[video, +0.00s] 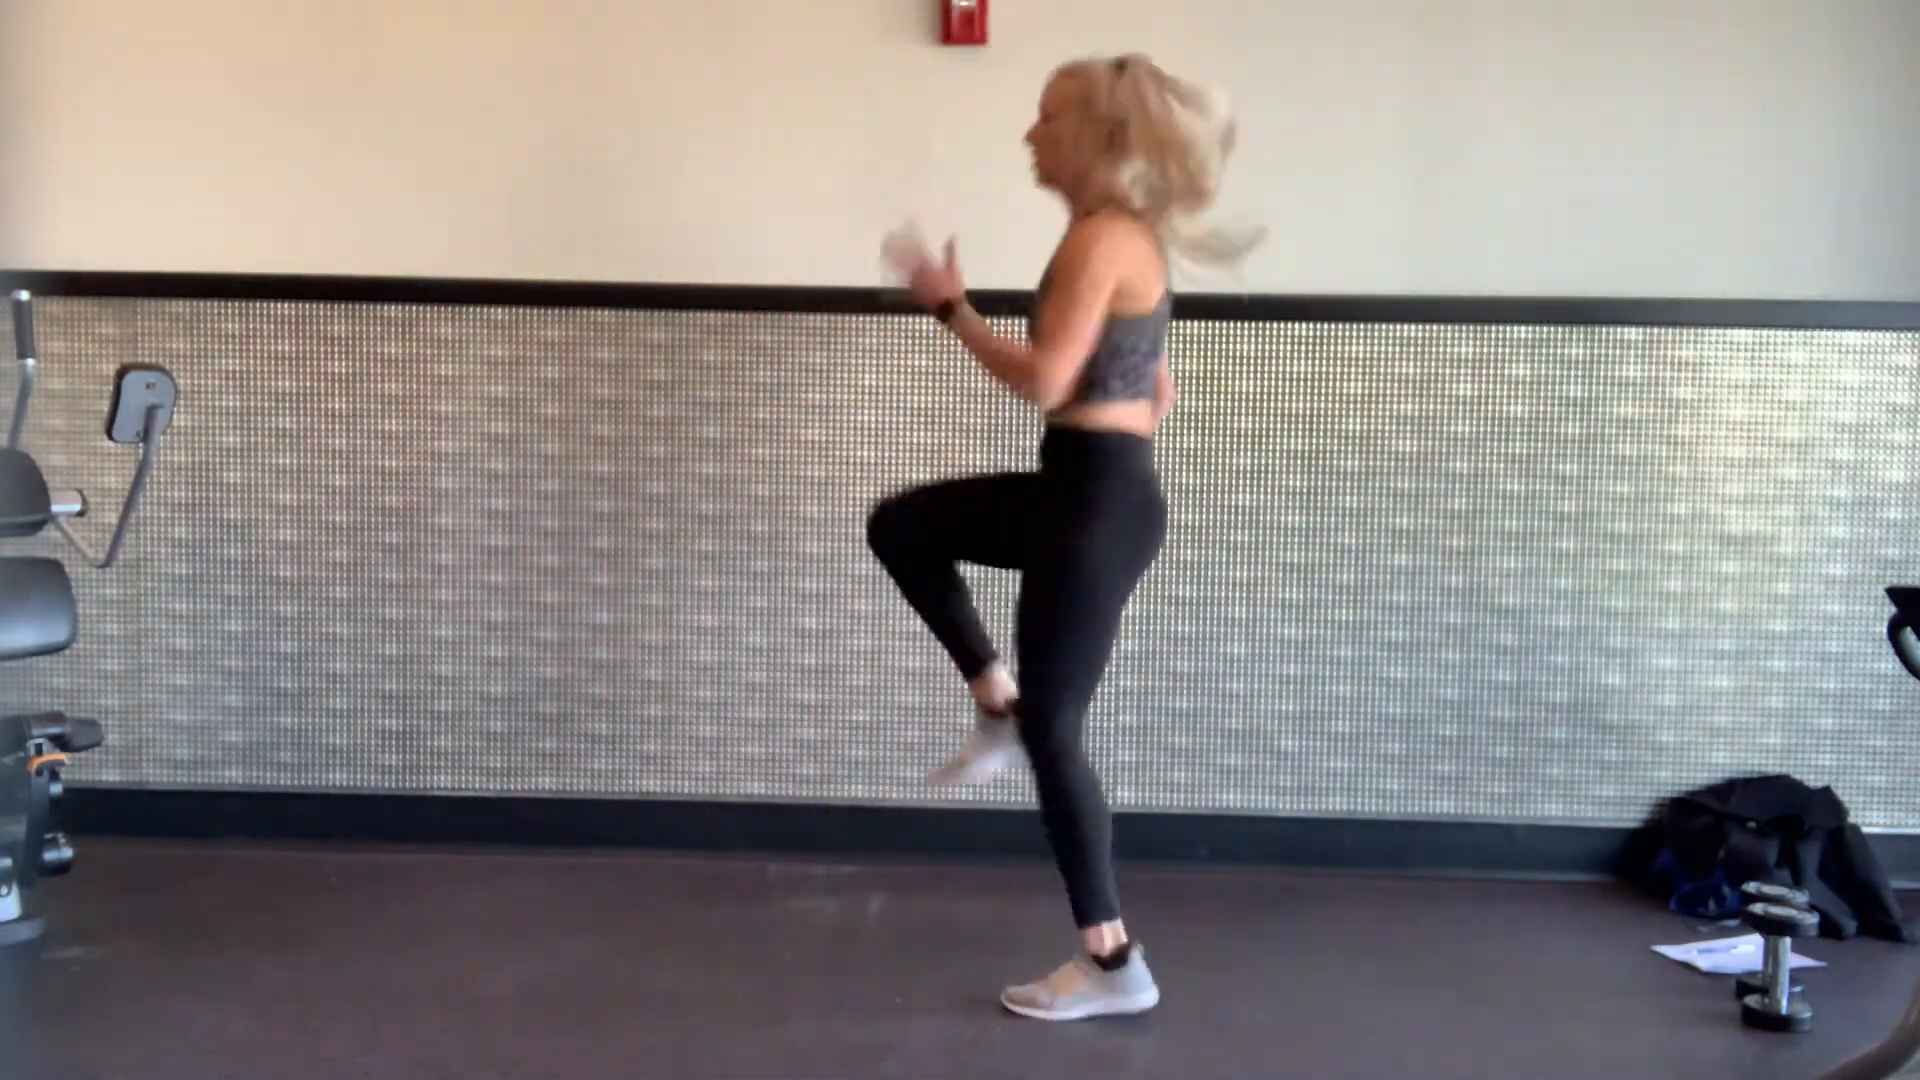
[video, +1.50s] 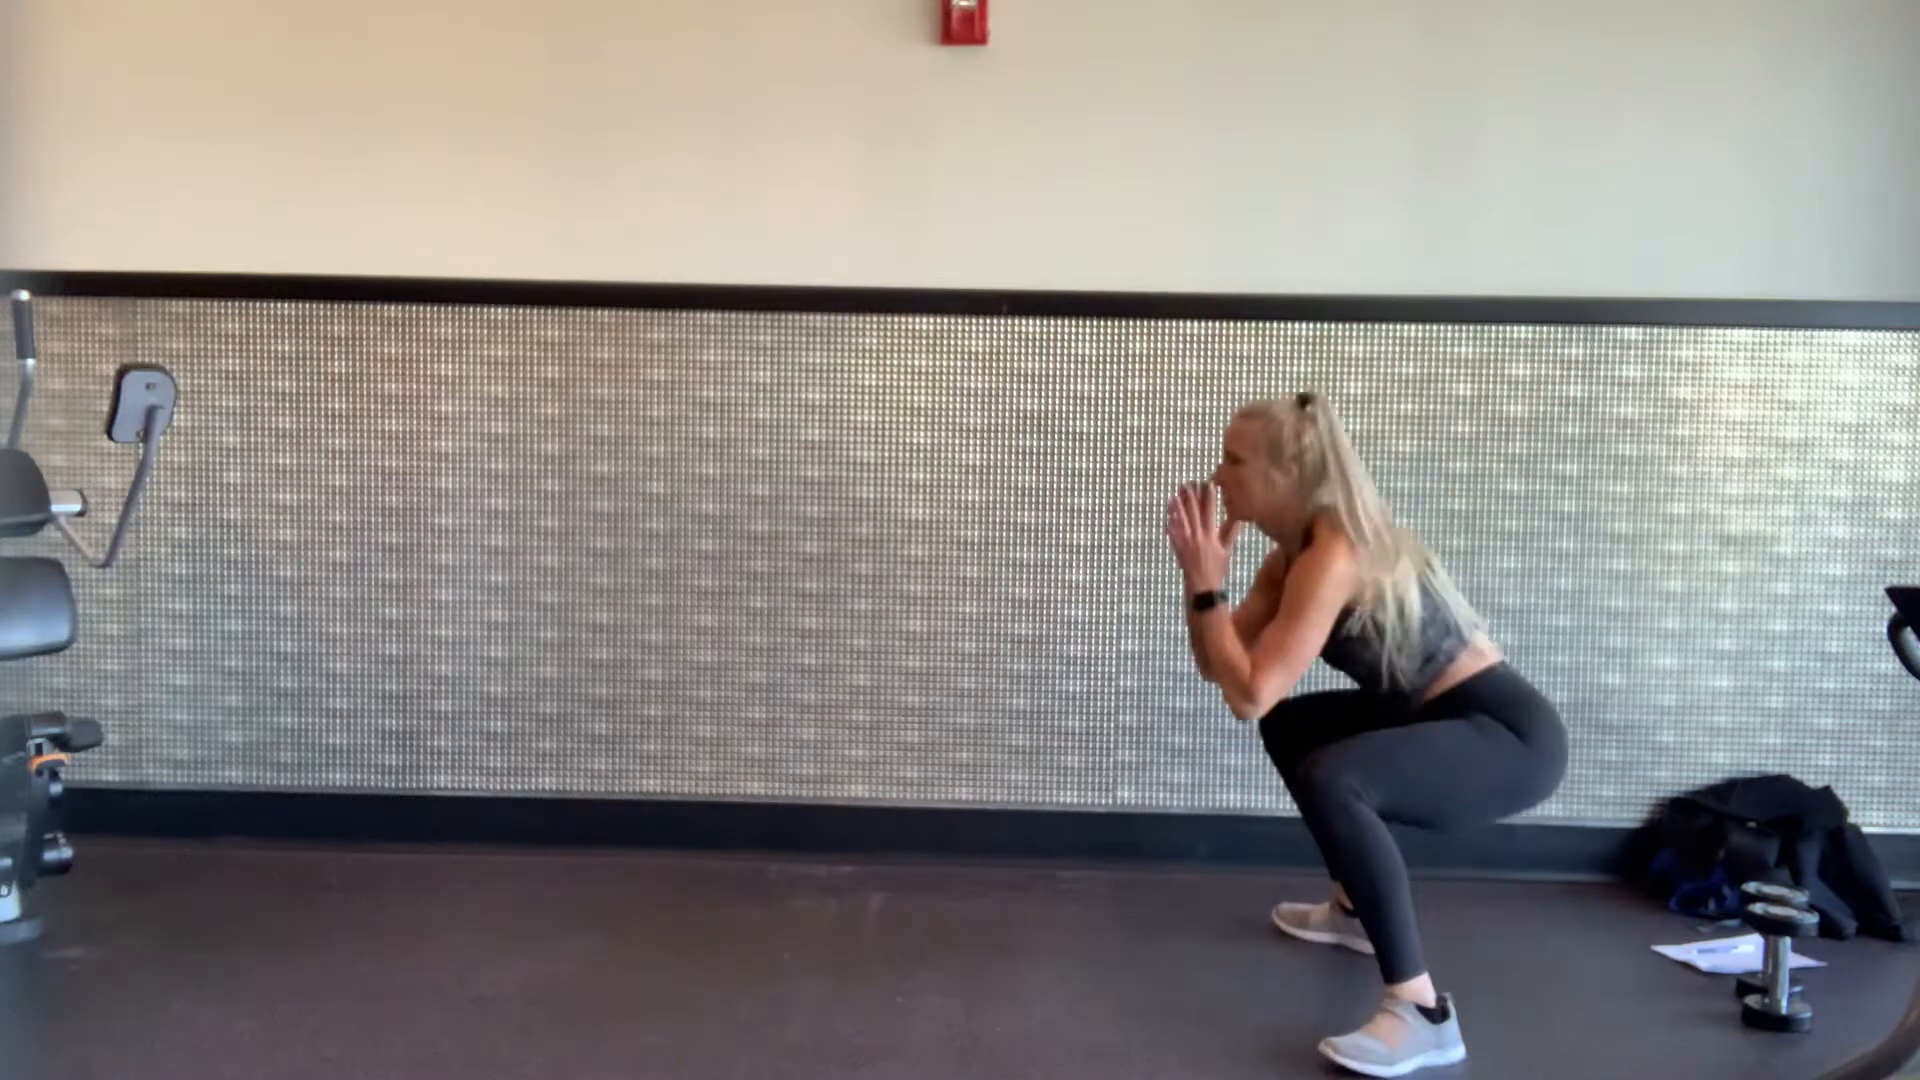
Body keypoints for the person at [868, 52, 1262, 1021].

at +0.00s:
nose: (1031, 133)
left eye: (1047, 120)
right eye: (1039, 117)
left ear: (1099, 140)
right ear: (1110, 146)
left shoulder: (1102, 241)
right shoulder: (1133, 244)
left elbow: (1044, 382)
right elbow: (1156, 401)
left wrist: (952, 311)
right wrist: (1050, 386)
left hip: (1096, 506)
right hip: (1096, 496)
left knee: (1052, 724)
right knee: (900, 528)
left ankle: (1110, 957)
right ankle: (1002, 706)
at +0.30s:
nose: (1108, 179)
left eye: (1125, 166)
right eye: (1113, 164)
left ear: (1178, 182)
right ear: (1164, 183)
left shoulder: (1209, 288)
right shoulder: (1160, 286)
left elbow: (1261, 435)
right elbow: (1081, 408)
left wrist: (1261, 573)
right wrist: (1070, 310)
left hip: (1195, 529)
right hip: (1172, 530)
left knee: (992, 485)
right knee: (1108, 729)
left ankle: (1079, 684)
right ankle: (1199, 938)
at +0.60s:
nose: (1193, 117)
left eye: (1210, 103)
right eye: (1199, 100)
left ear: (1258, 122)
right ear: (1263, 124)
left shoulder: (1282, 223)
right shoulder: (1267, 217)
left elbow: (1224, 374)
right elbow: (1232, 351)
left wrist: (1180, 276)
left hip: (1294, 490)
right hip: (1261, 482)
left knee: (1241, 707)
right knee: (1080, 543)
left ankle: (1338, 928)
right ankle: (1200, 691)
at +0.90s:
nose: (1231, 102)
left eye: (1248, 88)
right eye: (1238, 85)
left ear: (1297, 103)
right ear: (1295, 106)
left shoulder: (1335, 202)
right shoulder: (1311, 200)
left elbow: (1319, 361)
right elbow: (1316, 362)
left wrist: (1197, 337)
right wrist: (1224, 421)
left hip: (1377, 467)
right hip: (1335, 464)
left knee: (1304, 687)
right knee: (1214, 627)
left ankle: (1370, 918)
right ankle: (1296, 798)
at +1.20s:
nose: (1223, 388)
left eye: (1237, 373)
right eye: (1225, 370)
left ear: (1282, 383)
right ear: (1283, 384)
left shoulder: (1335, 463)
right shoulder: (1291, 467)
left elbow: (1251, 603)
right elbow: (1204, 583)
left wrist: (1212, 495)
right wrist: (1204, 490)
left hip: (1483, 671)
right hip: (1426, 663)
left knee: (1323, 779)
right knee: (1277, 729)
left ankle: (1419, 1007)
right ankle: (1358, 907)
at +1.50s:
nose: (1219, 474)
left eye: (1232, 461)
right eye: (1223, 459)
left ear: (1279, 477)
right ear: (1279, 479)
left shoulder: (1334, 551)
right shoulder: (1292, 557)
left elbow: (1251, 695)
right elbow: (1223, 667)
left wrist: (1205, 588)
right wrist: (1201, 581)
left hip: (1508, 737)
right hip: (1450, 720)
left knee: (1336, 779)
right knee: (1288, 732)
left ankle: (1422, 1009)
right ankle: (1356, 908)